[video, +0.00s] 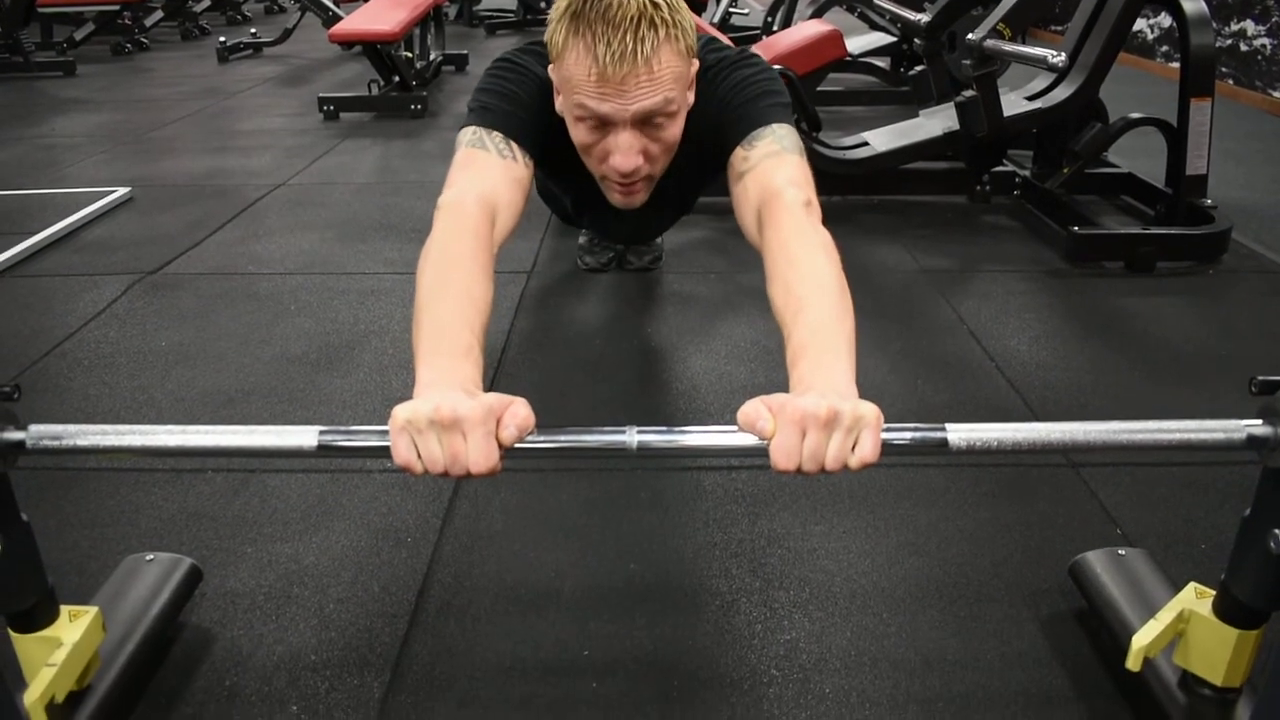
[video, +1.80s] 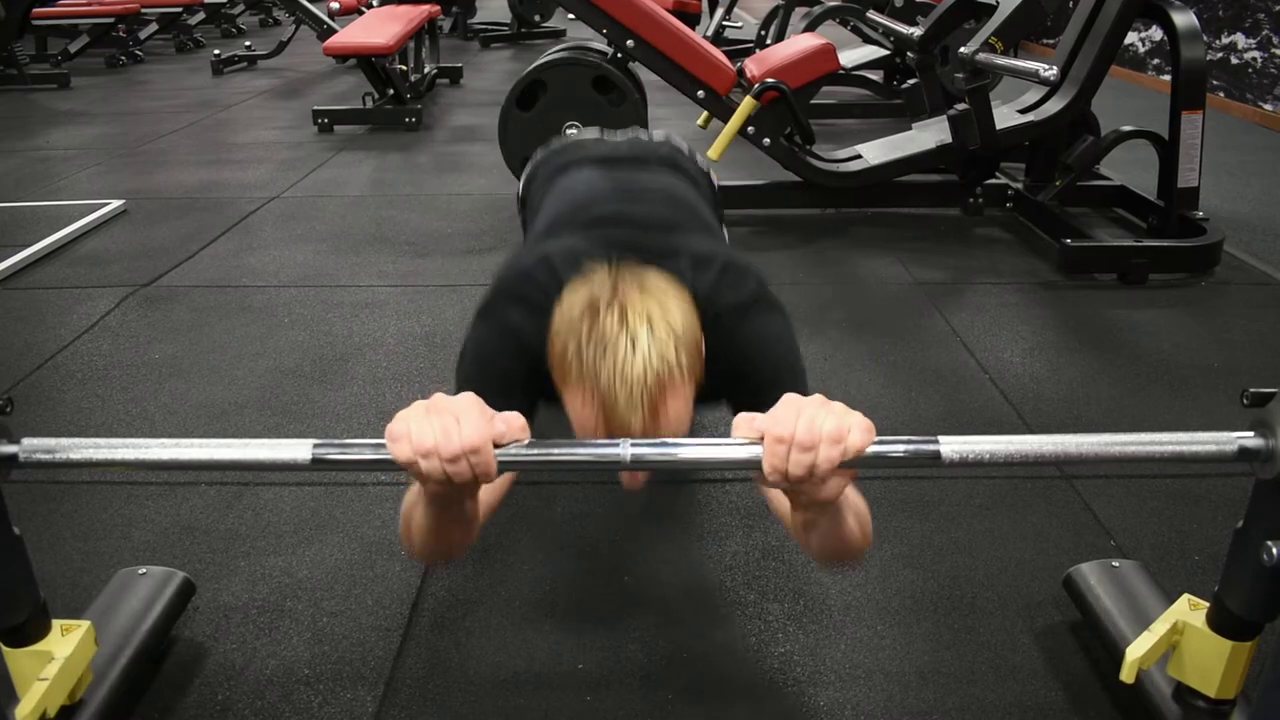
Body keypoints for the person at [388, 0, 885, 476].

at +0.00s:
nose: (626, 153)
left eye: (653, 120)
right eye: (595, 122)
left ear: (690, 82)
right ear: (556, 86)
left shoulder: (738, 83)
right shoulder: (520, 81)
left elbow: (787, 211)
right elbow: (466, 215)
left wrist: (824, 391)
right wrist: (445, 391)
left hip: (671, 194)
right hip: (570, 194)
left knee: (646, 226)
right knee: (589, 224)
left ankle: (639, 246)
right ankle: (604, 243)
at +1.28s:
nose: (614, 223)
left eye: (637, 194)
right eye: (582, 198)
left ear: (674, 138)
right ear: (542, 149)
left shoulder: (720, 115)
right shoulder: (505, 119)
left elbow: (797, 259)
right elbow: (443, 262)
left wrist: (821, 406)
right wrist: (441, 410)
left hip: (669, 203)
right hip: (568, 204)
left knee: (639, 245)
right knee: (586, 240)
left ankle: (634, 258)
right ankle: (595, 254)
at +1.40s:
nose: (617, 262)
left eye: (642, 230)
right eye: (586, 232)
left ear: (677, 165)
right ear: (546, 169)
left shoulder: (727, 141)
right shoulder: (507, 141)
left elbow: (816, 298)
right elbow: (433, 296)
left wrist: (822, 408)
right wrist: (438, 409)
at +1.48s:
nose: (620, 298)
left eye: (647, 268)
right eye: (592, 270)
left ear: (682, 195)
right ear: (551, 204)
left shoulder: (736, 176)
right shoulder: (509, 172)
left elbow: (811, 333)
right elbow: (435, 328)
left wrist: (822, 407)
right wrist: (440, 411)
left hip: (669, 84)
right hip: (546, 83)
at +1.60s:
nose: (624, 365)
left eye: (650, 337)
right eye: (598, 339)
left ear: (687, 262)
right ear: (555, 271)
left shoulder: (734, 219)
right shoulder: (511, 223)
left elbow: (816, 394)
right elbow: (434, 396)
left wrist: (816, 426)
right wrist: (439, 422)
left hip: (673, 112)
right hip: (557, 110)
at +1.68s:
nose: (627, 409)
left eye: (651, 380)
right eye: (600, 382)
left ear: (691, 300)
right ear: (558, 318)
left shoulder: (739, 258)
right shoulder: (516, 256)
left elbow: (837, 501)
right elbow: (433, 498)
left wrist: (818, 458)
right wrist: (443, 452)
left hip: (674, 132)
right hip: (556, 133)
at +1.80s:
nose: (633, 472)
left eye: (655, 443)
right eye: (606, 444)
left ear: (694, 370)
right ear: (562, 387)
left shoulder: (746, 318)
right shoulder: (512, 320)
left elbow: (843, 551)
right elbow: (434, 548)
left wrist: (817, 491)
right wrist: (445, 479)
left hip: (675, 161)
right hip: (555, 164)